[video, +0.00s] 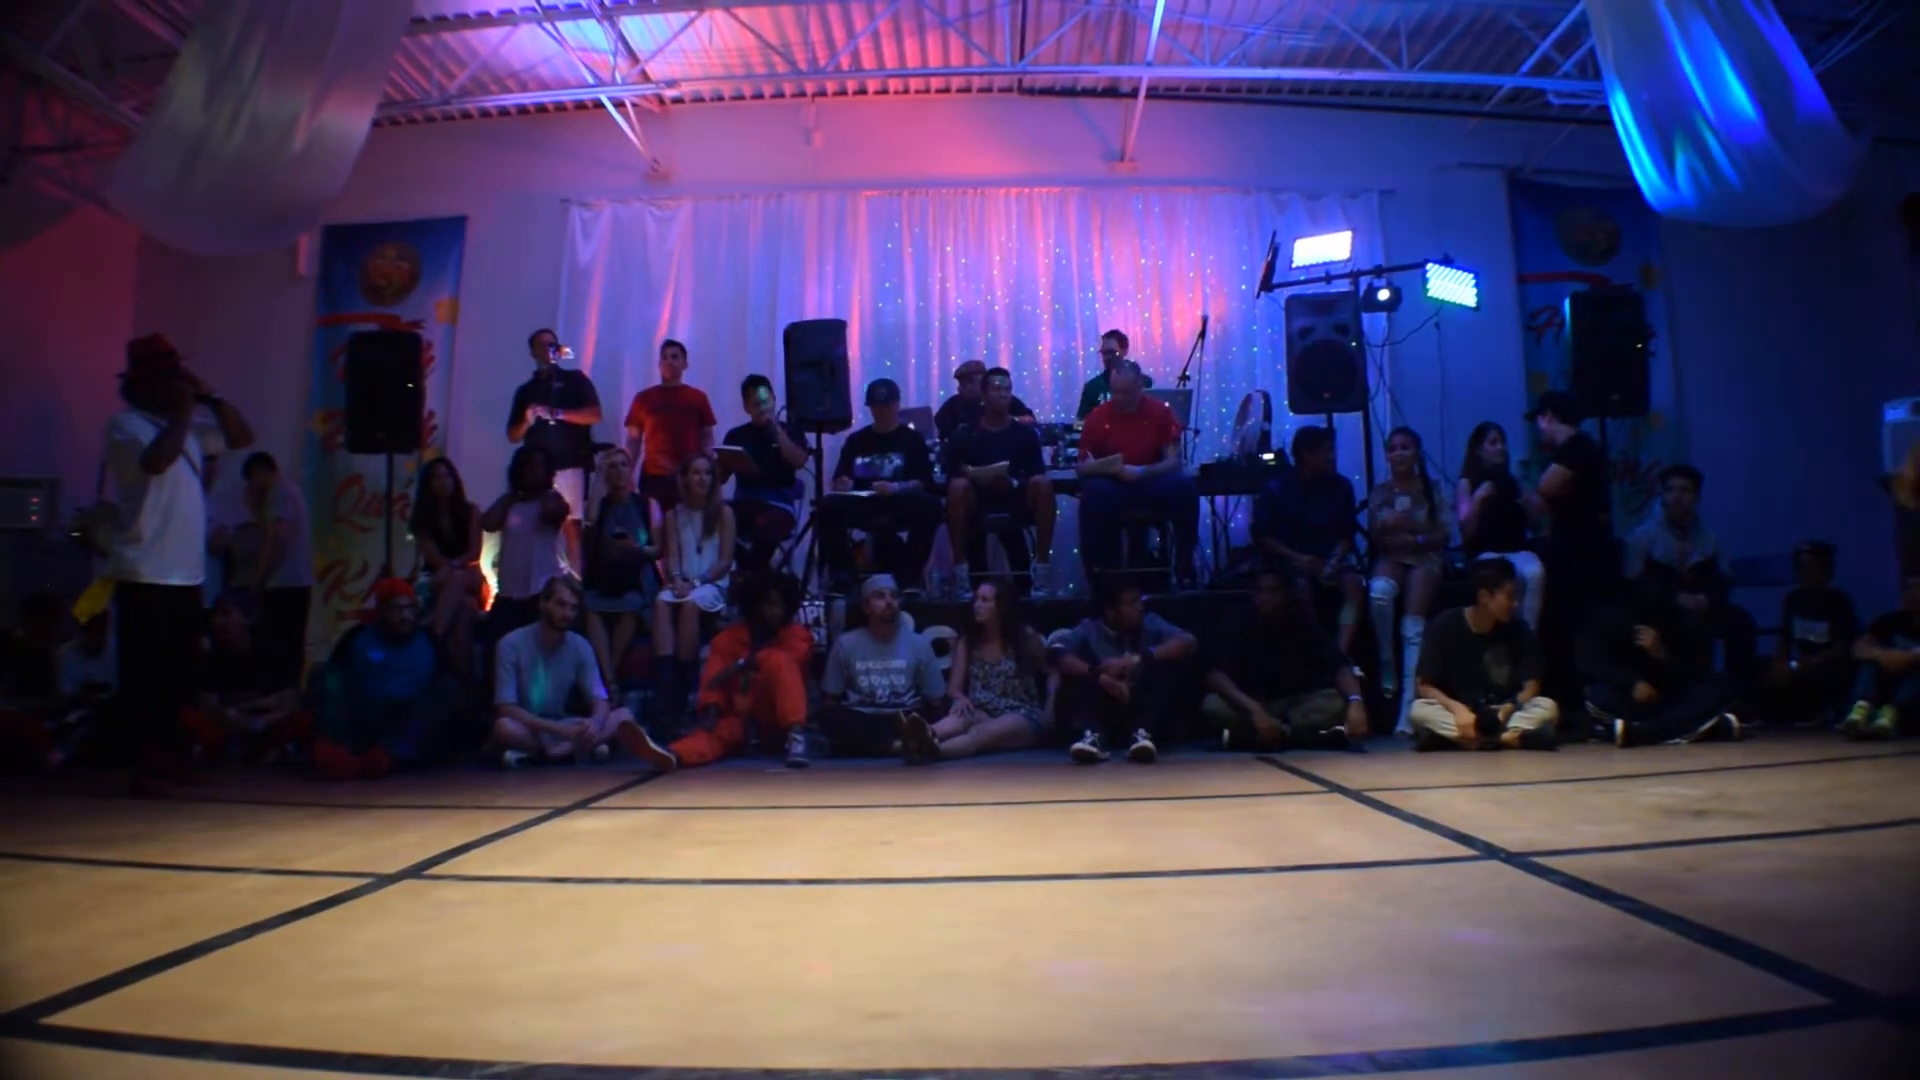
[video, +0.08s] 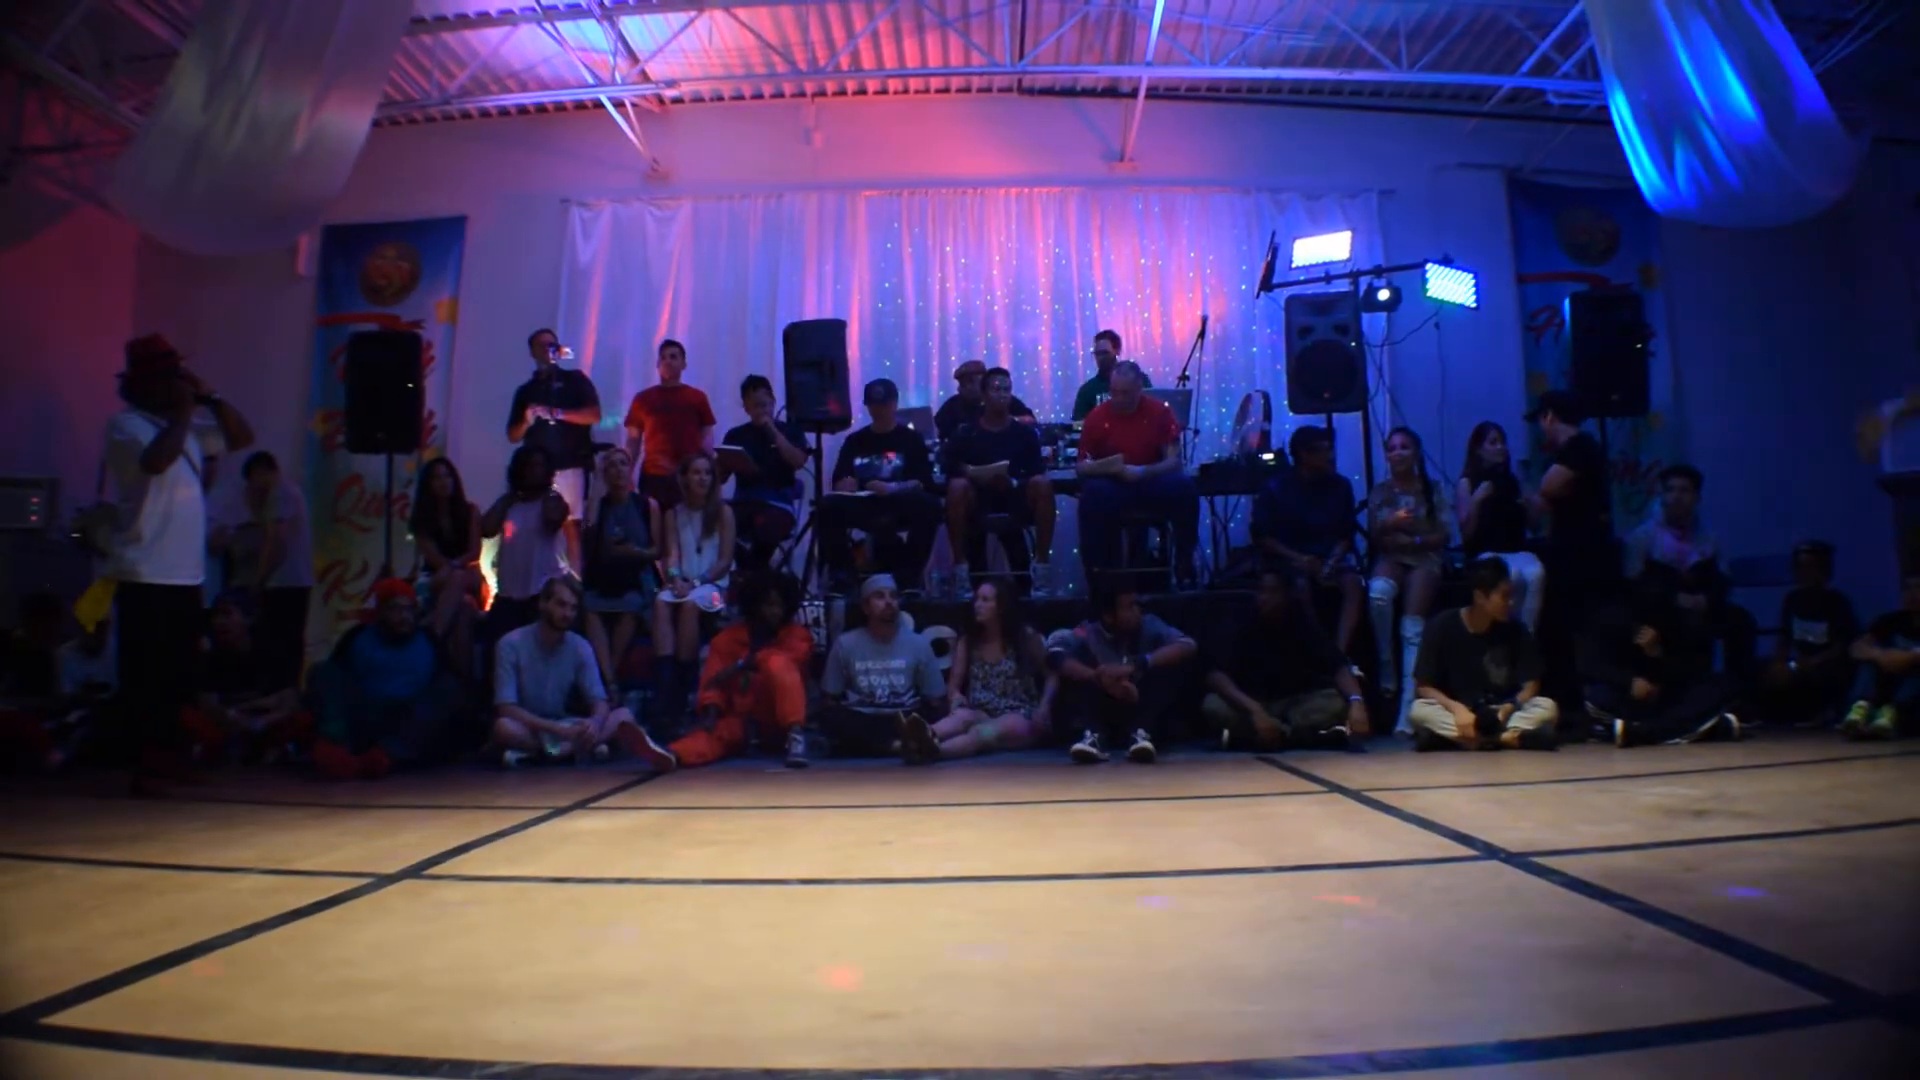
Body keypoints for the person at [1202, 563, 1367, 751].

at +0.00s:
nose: (1264, 598)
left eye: (1271, 591)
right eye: (1260, 591)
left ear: (1287, 594)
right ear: (1254, 595)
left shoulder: (1304, 627)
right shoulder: (1246, 629)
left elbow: (1340, 669)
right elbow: (1216, 675)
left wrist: (1355, 703)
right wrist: (1256, 711)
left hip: (1300, 701)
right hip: (1252, 703)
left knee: (1334, 703)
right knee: (1212, 704)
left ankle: (1258, 738)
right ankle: (1307, 738)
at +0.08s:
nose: (1265, 598)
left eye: (1272, 591)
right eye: (1261, 591)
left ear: (1288, 595)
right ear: (1256, 594)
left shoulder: (1304, 626)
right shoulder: (1247, 627)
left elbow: (1339, 669)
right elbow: (1216, 675)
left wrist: (1356, 702)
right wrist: (1255, 711)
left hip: (1300, 700)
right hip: (1253, 703)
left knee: (1335, 703)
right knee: (1213, 704)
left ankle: (1256, 738)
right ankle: (1309, 738)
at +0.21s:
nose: (1264, 596)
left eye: (1271, 589)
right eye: (1259, 589)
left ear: (1286, 593)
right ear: (1253, 592)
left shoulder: (1303, 625)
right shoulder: (1243, 626)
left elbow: (1336, 668)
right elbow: (1213, 674)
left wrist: (1354, 700)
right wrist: (1252, 711)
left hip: (1299, 700)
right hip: (1251, 703)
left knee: (1333, 702)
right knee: (1211, 705)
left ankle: (1255, 738)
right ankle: (1307, 738)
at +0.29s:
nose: (1263, 595)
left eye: (1270, 589)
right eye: (1259, 588)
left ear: (1285, 592)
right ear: (1253, 592)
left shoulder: (1302, 625)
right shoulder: (1243, 627)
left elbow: (1336, 667)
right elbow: (1212, 675)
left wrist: (1353, 700)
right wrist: (1250, 712)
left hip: (1298, 700)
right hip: (1251, 704)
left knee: (1332, 702)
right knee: (1210, 706)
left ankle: (1255, 737)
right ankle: (1308, 738)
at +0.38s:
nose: (1261, 595)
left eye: (1269, 588)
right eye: (1257, 588)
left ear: (1284, 592)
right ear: (1251, 591)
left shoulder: (1300, 626)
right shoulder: (1241, 626)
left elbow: (1334, 668)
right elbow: (1213, 675)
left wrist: (1354, 702)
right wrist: (1250, 711)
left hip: (1297, 700)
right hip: (1250, 704)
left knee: (1331, 703)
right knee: (1211, 705)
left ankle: (1254, 737)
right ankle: (1309, 739)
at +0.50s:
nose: (1257, 594)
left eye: (1265, 587)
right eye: (1254, 587)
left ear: (1281, 592)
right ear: (1248, 590)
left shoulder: (1298, 626)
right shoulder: (1239, 628)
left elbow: (1334, 669)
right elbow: (1214, 675)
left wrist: (1355, 706)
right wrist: (1253, 711)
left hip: (1297, 701)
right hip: (1249, 705)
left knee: (1332, 703)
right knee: (1211, 706)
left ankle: (1253, 738)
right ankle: (1310, 739)